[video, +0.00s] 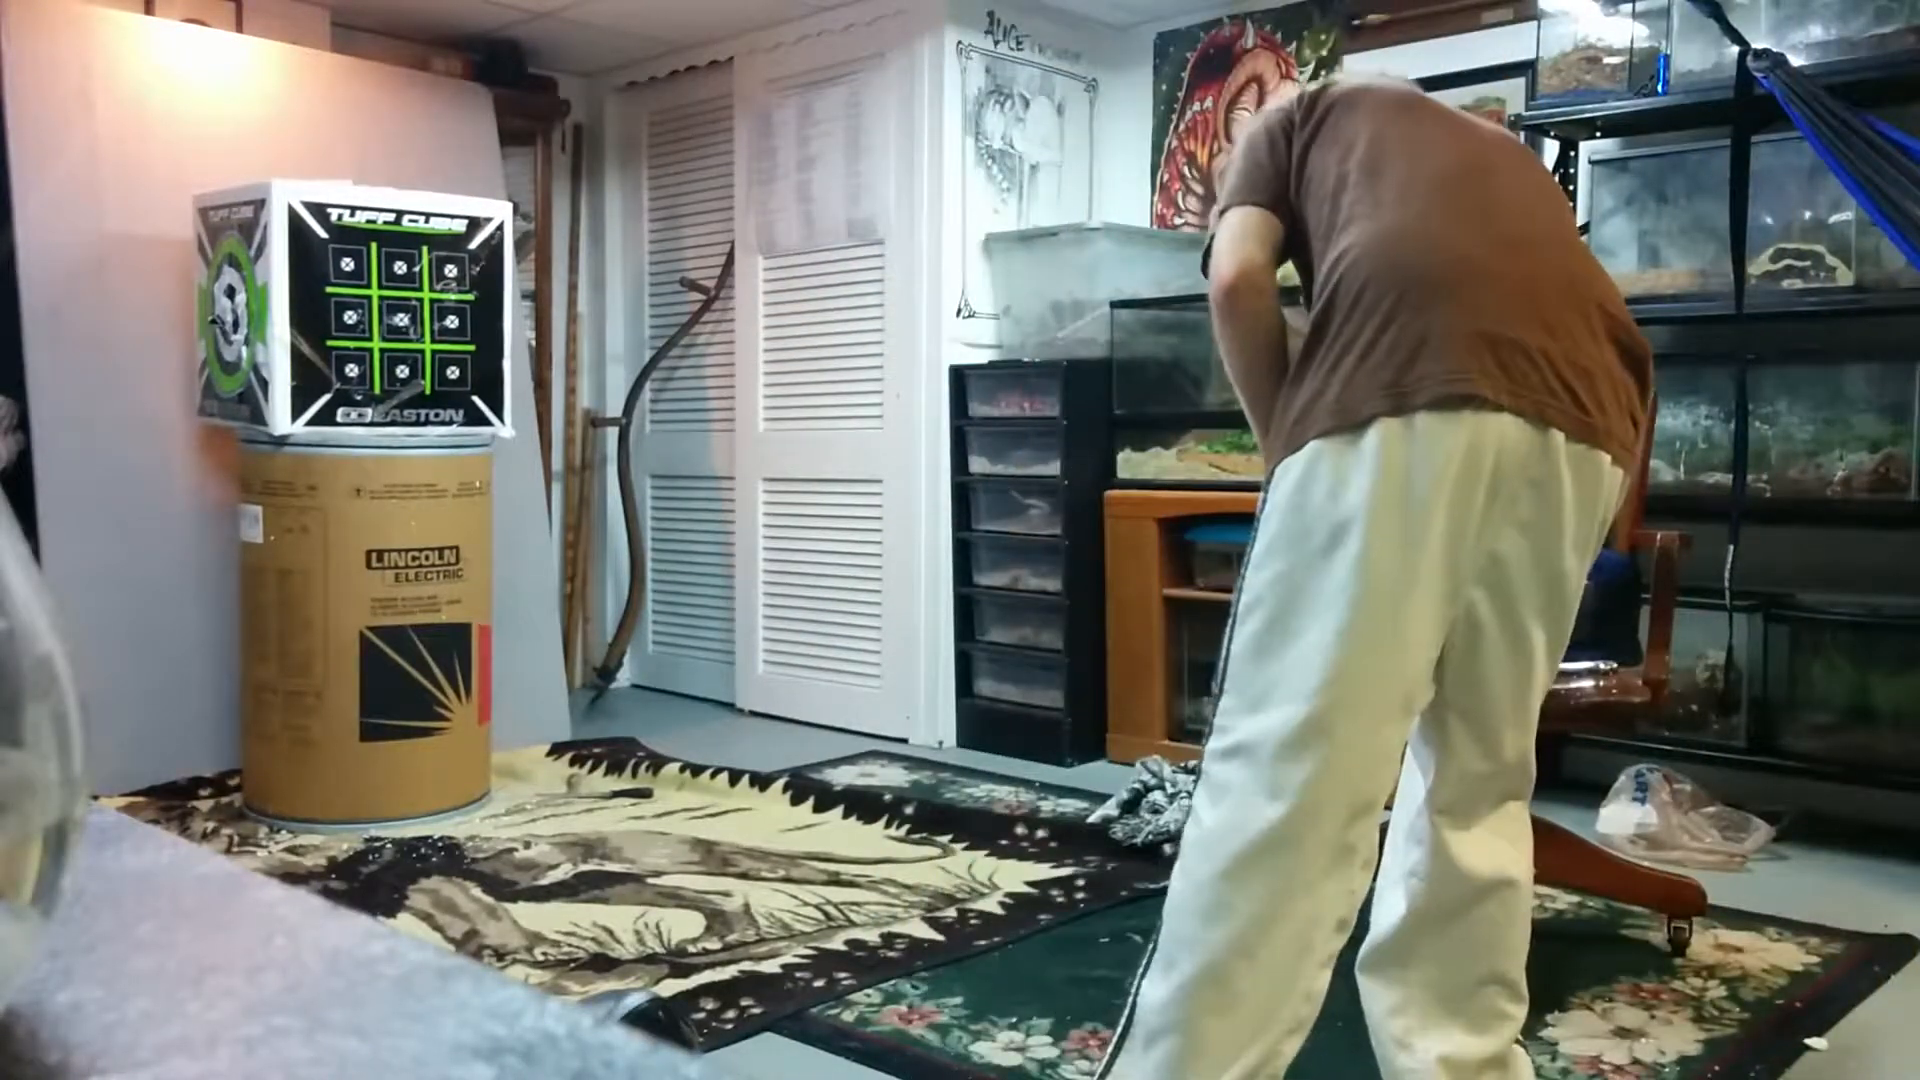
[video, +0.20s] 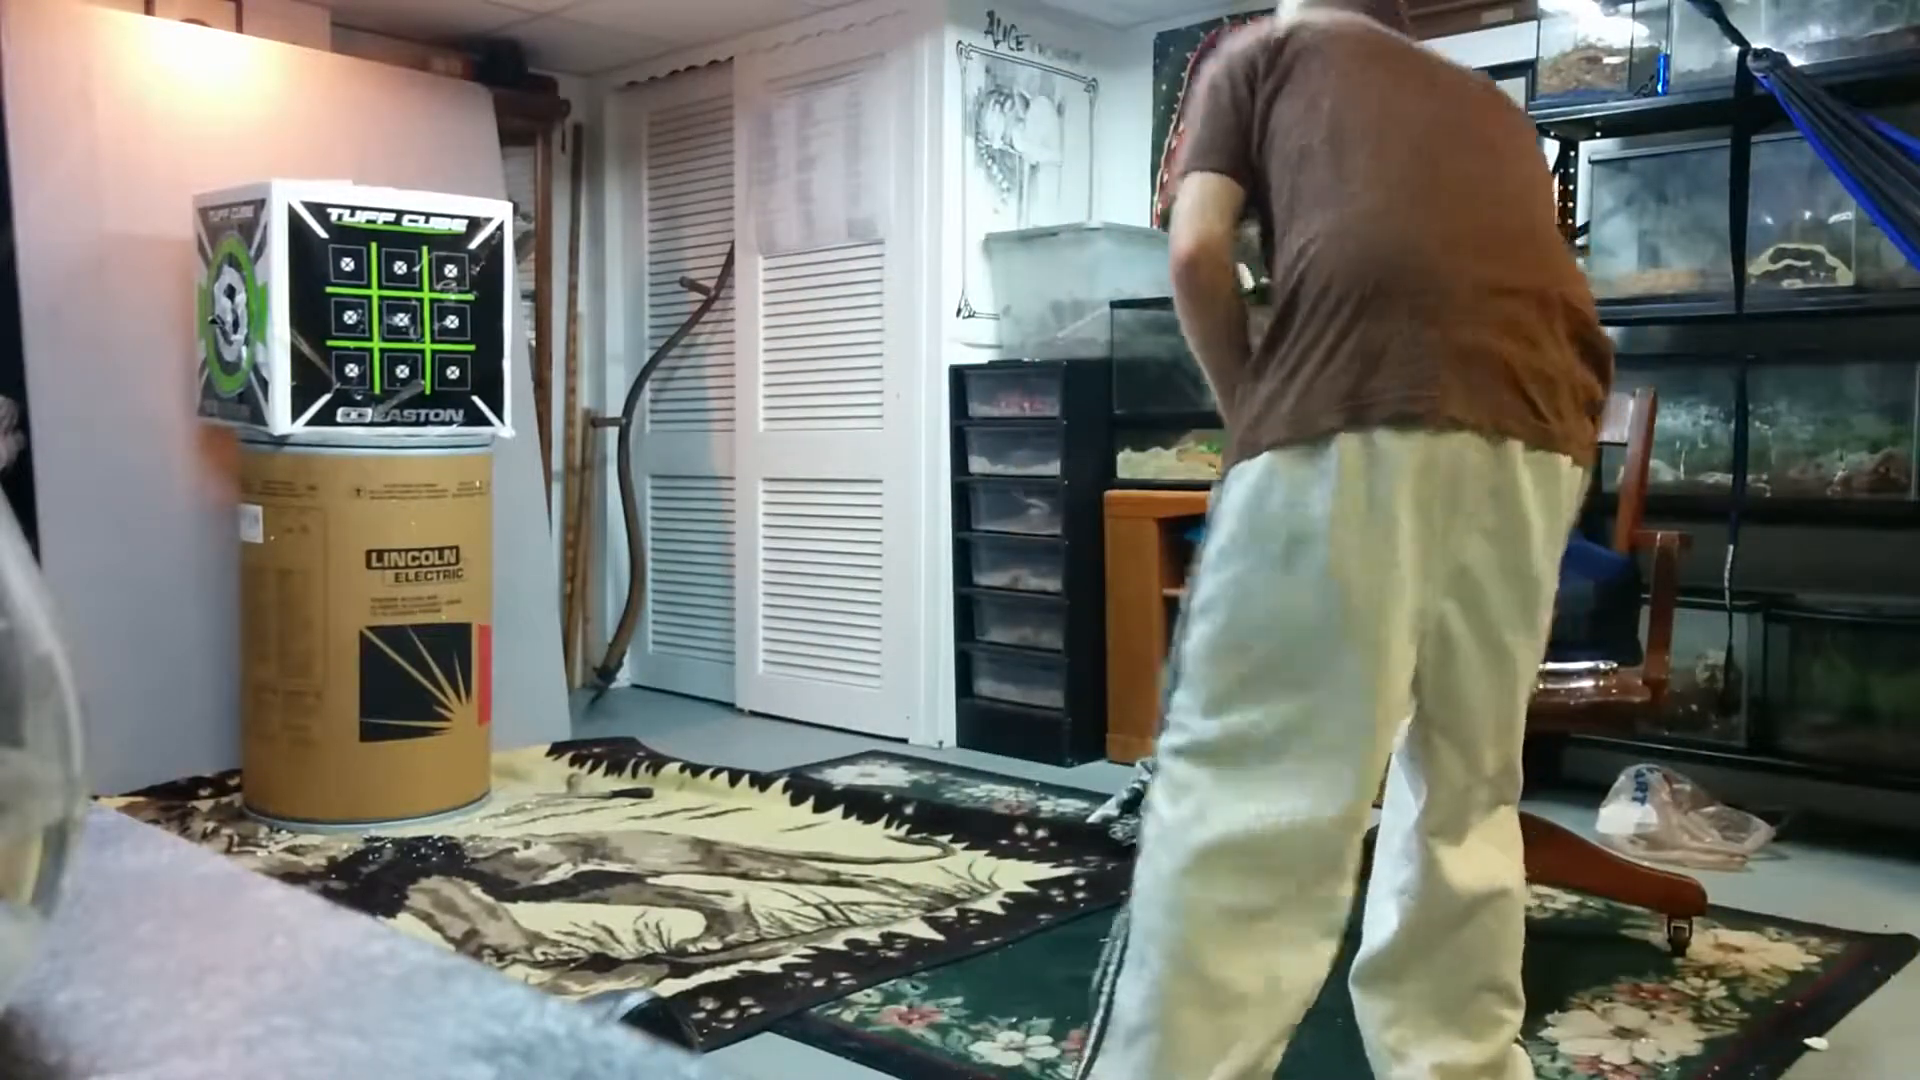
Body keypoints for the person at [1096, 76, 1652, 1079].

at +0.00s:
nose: (1244, 133)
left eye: (1247, 118)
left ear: (1295, 88)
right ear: (1422, 102)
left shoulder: (1292, 118)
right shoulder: (1513, 160)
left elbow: (1236, 274)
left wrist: (1285, 440)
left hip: (1397, 390)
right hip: (1584, 413)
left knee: (1289, 765)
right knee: (1480, 771)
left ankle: (1188, 1058)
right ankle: (1463, 1057)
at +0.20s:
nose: (1221, 65)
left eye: (1226, 53)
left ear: (1278, 22)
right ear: (1398, 16)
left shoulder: (1255, 51)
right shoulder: (1493, 102)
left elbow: (1197, 249)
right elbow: (1565, 293)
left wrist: (1250, 417)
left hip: (1349, 387)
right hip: (1537, 402)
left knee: (1245, 771)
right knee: (1466, 778)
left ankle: (1167, 1056)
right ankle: (1456, 1053)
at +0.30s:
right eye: (1483, 16)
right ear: (1446, 4)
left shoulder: (1230, 21)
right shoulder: (1493, 63)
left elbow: (1164, 234)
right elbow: (1574, 328)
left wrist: (1231, 386)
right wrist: (1532, 440)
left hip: (1306, 385)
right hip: (1502, 398)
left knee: (1209, 782)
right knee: (1454, 791)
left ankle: (1155, 1056)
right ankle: (1453, 1055)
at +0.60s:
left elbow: (1057, 179)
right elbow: (1546, 199)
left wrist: (1169, 288)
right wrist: (1430, 288)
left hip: (1228, 369)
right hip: (1440, 372)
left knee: (1174, 780)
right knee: (1484, 762)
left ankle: (1145, 1059)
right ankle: (1568, 1058)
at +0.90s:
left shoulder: (1238, 0)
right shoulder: (1615, 1)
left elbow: (1146, 184)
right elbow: (1670, 187)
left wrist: (1274, 251)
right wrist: (1556, 313)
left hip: (1329, 435)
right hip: (1578, 438)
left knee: (1222, 838)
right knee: (1649, 858)